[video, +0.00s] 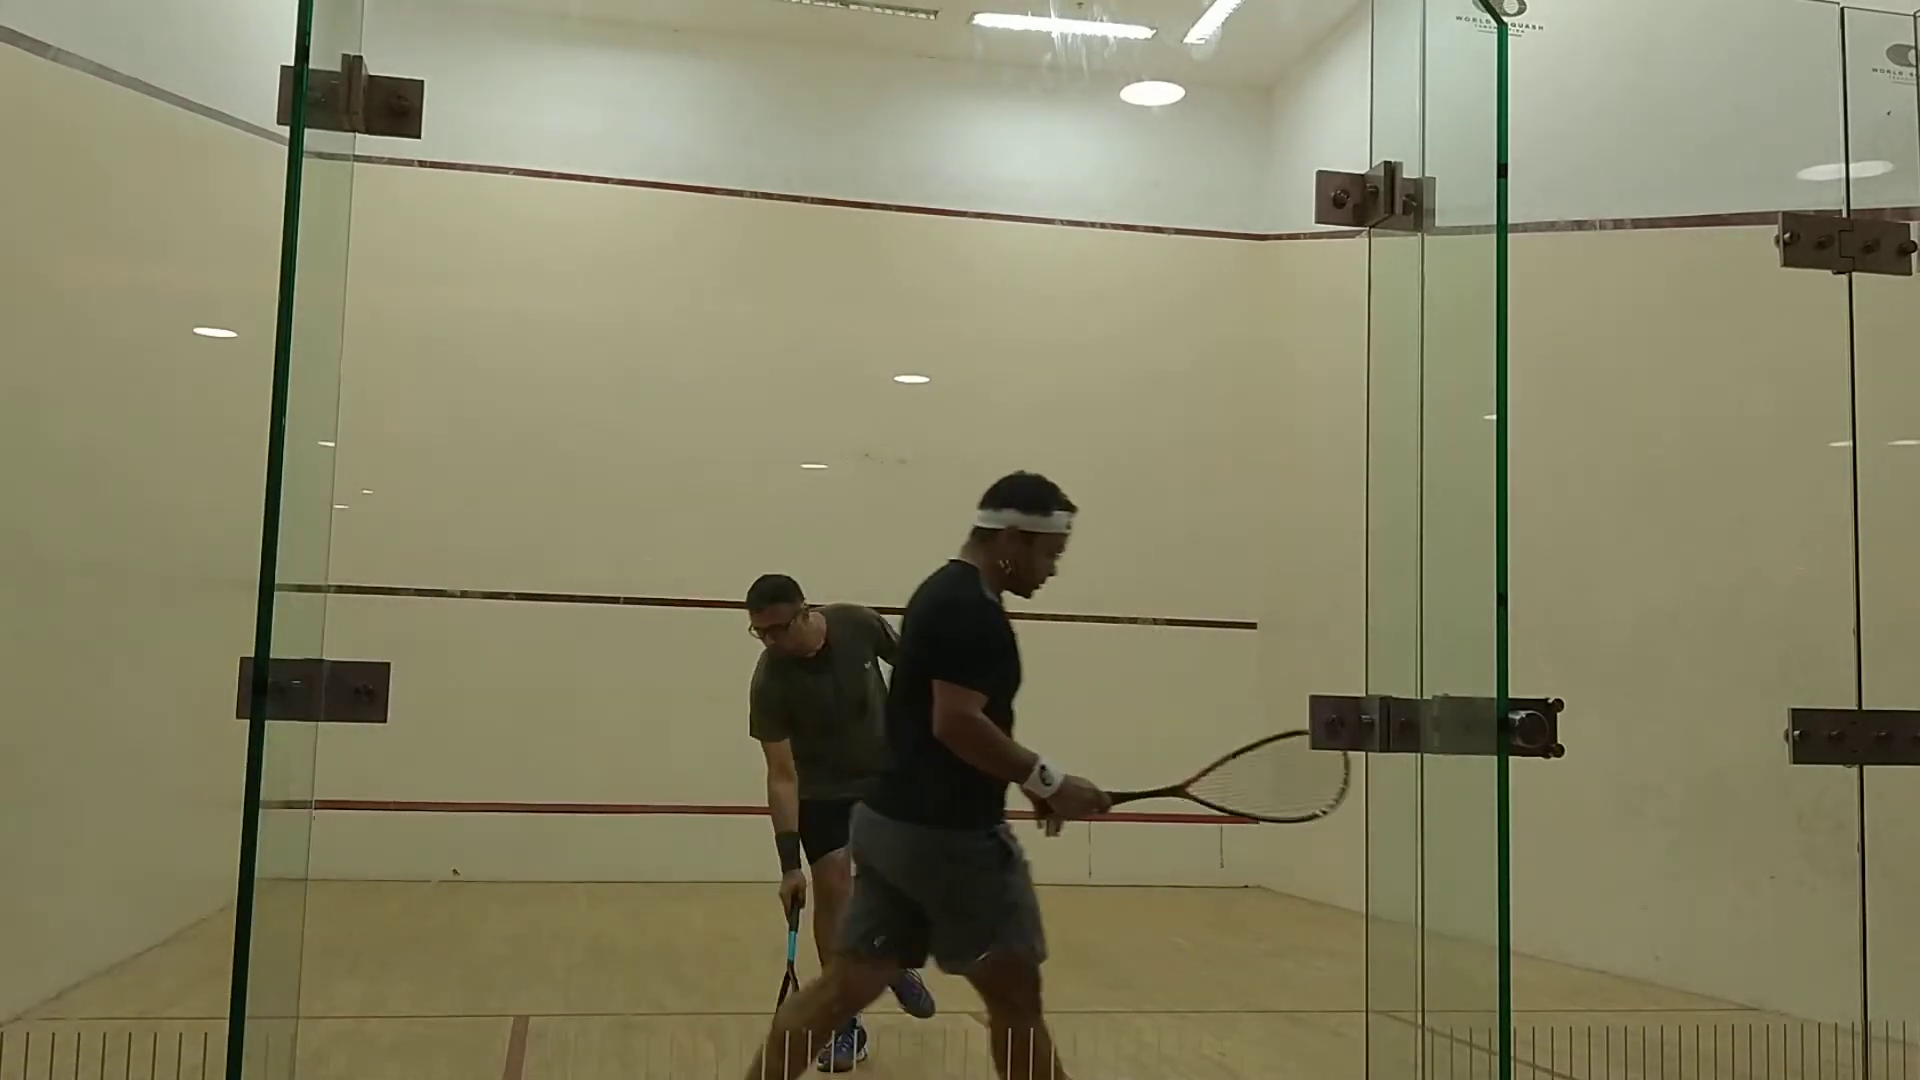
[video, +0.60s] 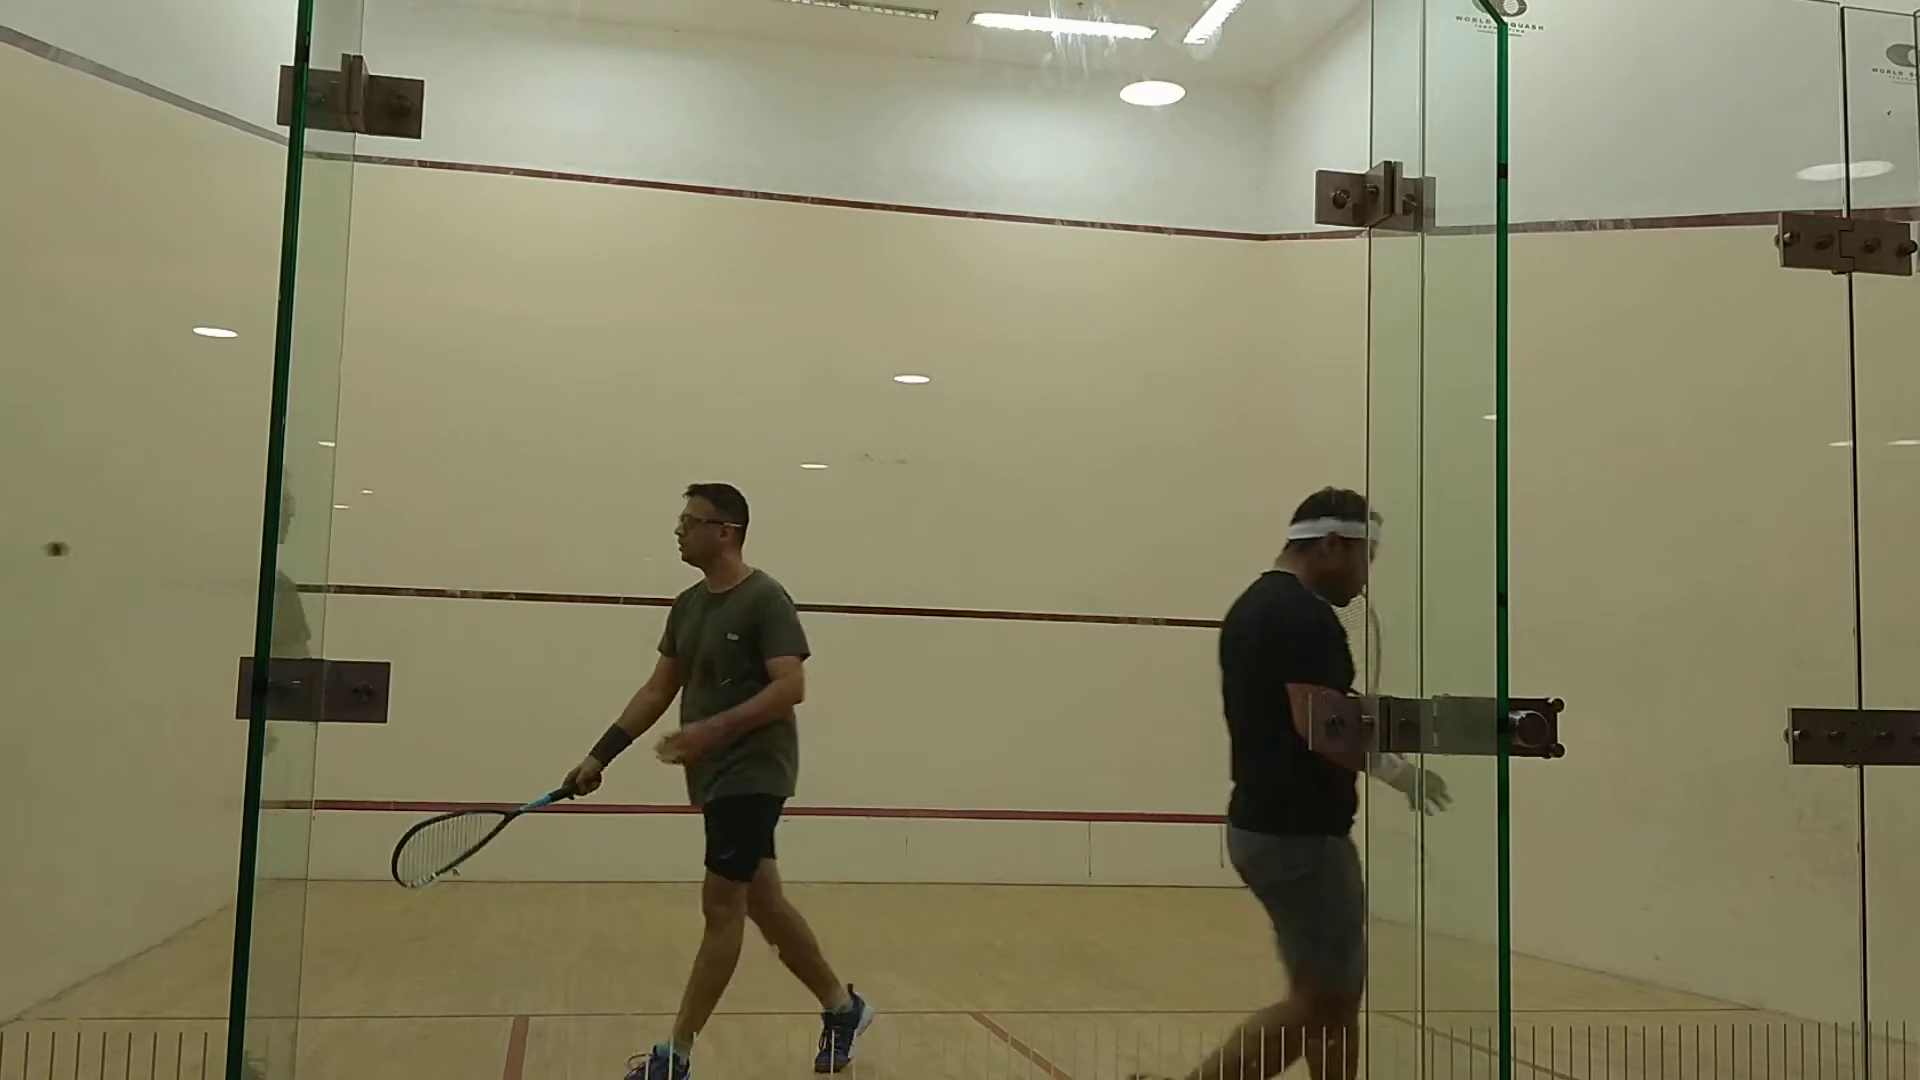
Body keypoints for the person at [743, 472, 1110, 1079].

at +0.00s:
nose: (1055, 567)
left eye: (1059, 553)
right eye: (1051, 551)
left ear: (999, 539)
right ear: (1011, 542)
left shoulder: (943, 592)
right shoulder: (972, 609)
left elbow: (958, 715)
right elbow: (956, 720)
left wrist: (1033, 781)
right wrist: (1049, 779)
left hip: (890, 824)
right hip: (955, 837)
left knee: (851, 982)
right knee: (1016, 1001)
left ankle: (762, 1073)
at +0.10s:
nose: (1116, 564)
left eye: (1121, 551)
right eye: (1115, 547)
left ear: (1061, 530)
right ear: (1076, 531)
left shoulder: (998, 582)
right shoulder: (1038, 597)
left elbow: (1009, 710)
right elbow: (1022, 709)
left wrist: (1085, 769)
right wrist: (1112, 765)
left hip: (955, 819)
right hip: (1015, 827)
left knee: (976, 978)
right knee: (1064, 987)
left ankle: (840, 1067)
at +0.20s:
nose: (1162, 568)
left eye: (1171, 556)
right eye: (1165, 551)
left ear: (1117, 527)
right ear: (1132, 528)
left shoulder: (1051, 573)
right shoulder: (1089, 587)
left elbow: (1069, 700)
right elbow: (1087, 698)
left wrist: (1150, 749)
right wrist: (1168, 748)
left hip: (1026, 810)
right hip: (1069, 819)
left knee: (1074, 963)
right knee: (1089, 978)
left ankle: (975, 1069)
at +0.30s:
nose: (1211, 573)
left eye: (1219, 560)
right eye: (1214, 556)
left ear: (1168, 527)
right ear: (1186, 532)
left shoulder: (1096, 577)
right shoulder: (1145, 590)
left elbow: (1116, 703)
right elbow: (1153, 699)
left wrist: (1200, 718)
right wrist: (1220, 739)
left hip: (1086, 806)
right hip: (1121, 818)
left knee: (1170, 948)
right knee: (1106, 982)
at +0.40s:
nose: (1263, 575)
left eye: (1270, 562)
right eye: (1265, 558)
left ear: (1214, 536)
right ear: (1233, 538)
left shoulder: (1146, 590)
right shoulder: (1203, 599)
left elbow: (1159, 718)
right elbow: (1219, 714)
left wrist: (1244, 710)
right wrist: (1274, 744)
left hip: (1149, 814)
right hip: (1172, 825)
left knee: (1216, 981)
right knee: (1138, 991)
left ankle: (1252, 1077)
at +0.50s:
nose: (1319, 578)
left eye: (1323, 563)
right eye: (1317, 561)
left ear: (1264, 546)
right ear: (1282, 547)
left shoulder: (1200, 605)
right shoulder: (1257, 612)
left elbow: (1216, 716)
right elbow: (1273, 726)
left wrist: (1302, 710)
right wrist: (1332, 762)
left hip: (1217, 829)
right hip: (1236, 838)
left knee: (1283, 970)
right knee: (1200, 997)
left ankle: (1304, 1077)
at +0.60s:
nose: (1366, 576)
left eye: (1369, 560)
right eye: (1365, 557)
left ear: (1311, 545)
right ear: (1332, 547)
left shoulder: (1252, 608)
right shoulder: (1305, 616)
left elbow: (1273, 724)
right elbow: (1326, 731)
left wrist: (1373, 749)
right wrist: (1397, 772)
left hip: (1266, 830)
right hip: (1301, 839)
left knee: (1335, 995)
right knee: (1324, 1000)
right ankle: (1202, 1078)